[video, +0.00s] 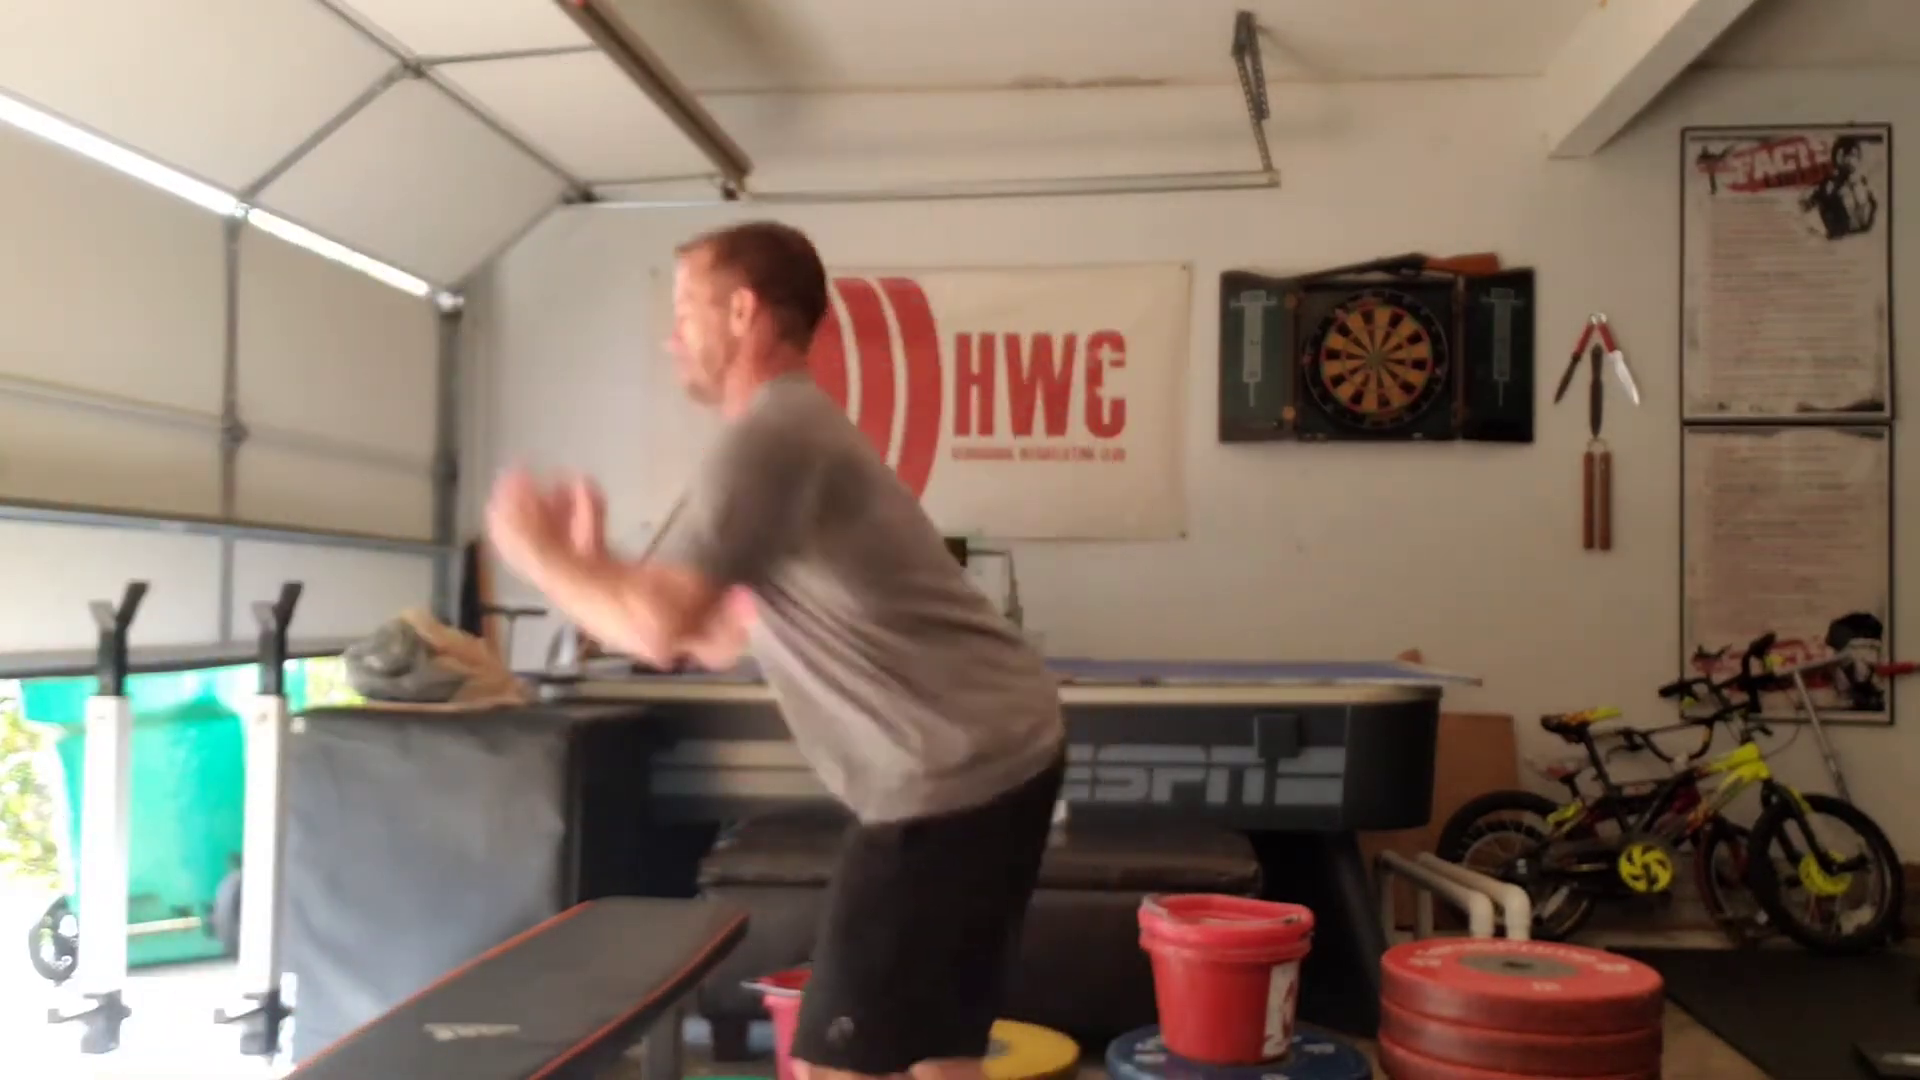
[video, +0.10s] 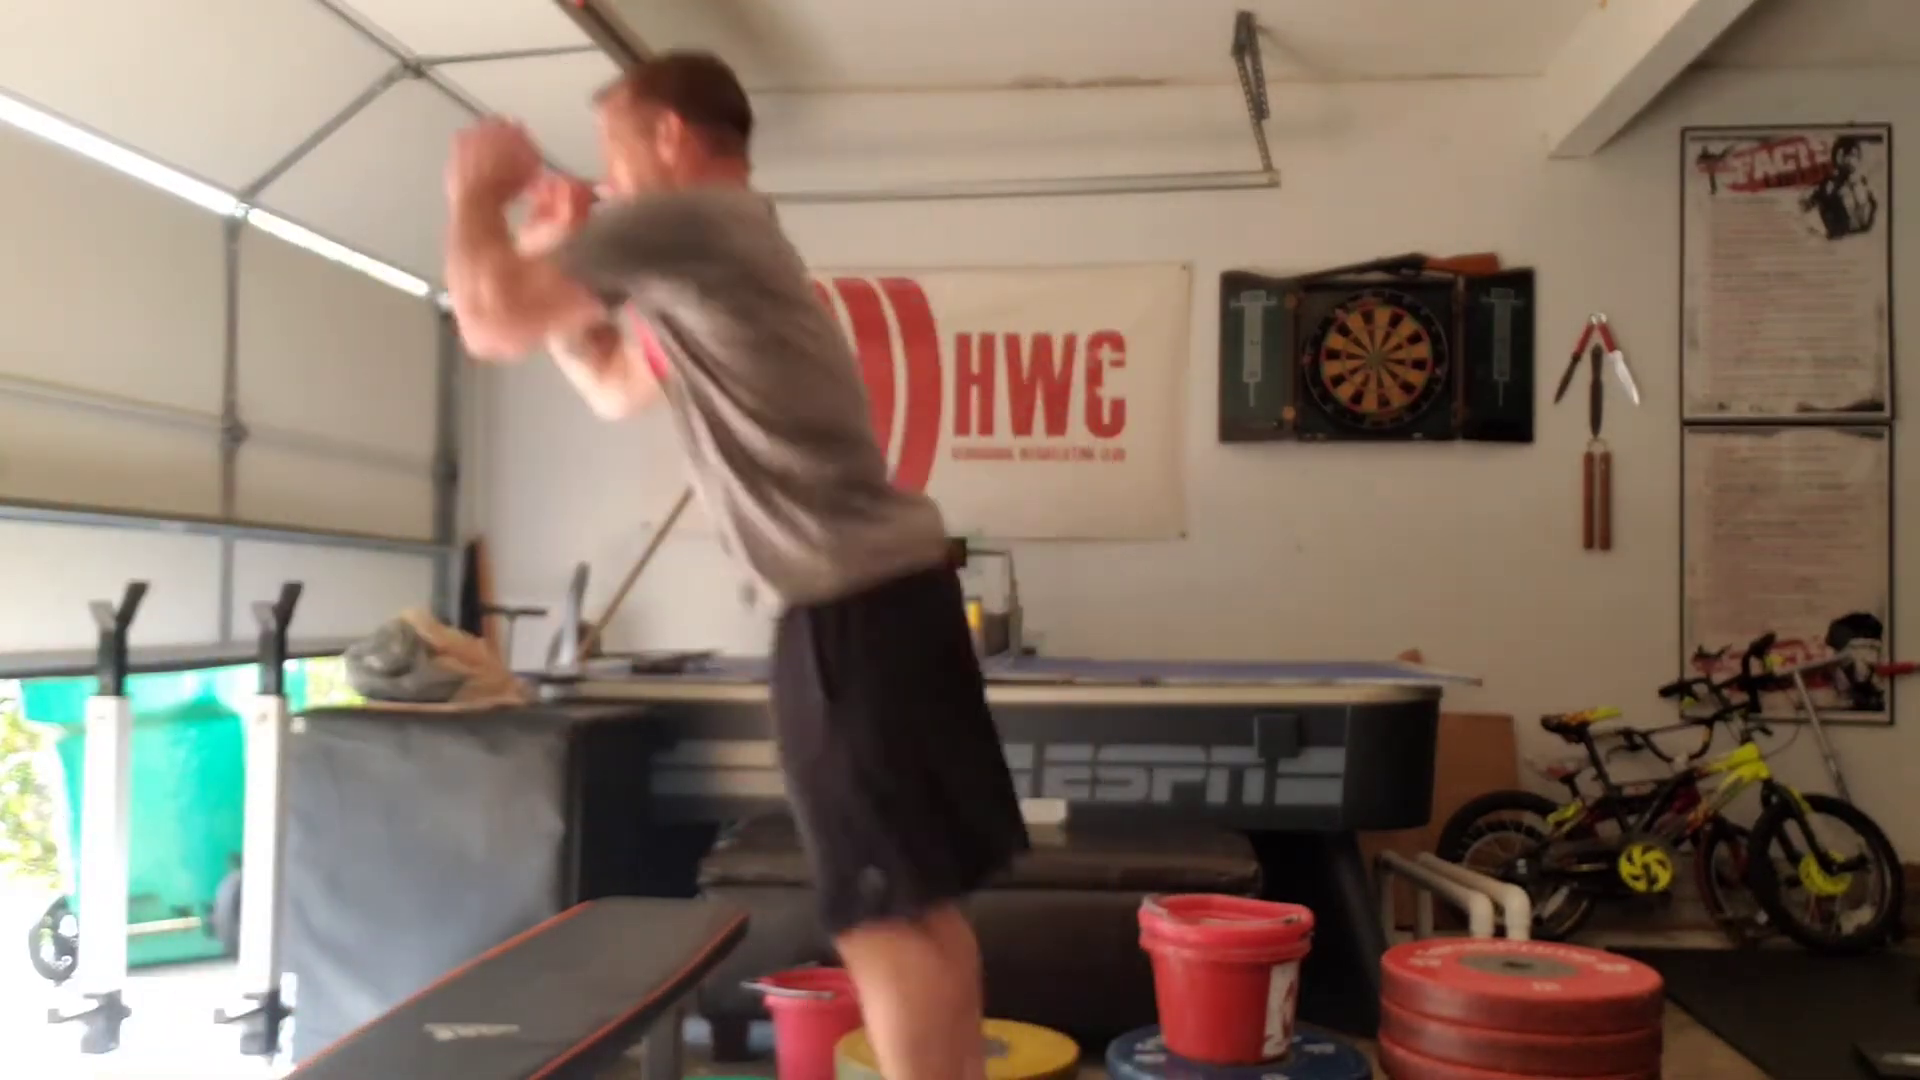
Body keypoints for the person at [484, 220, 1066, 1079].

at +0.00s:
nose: (671, 334)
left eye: (686, 309)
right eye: (674, 311)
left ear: (745, 316)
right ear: (749, 321)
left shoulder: (773, 430)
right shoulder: (793, 427)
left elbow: (656, 622)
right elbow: (710, 638)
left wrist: (536, 552)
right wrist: (598, 564)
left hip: (946, 769)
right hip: (987, 750)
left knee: (840, 1056)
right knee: (942, 1049)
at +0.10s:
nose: (601, 179)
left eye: (611, 153)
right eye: (603, 157)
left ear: (669, 138)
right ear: (694, 145)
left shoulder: (702, 221)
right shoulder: (718, 243)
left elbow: (492, 320)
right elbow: (618, 383)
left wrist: (474, 194)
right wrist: (560, 251)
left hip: (850, 606)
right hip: (869, 598)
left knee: (877, 914)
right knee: (916, 904)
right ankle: (953, 1075)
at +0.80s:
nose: (194, 296)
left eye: (205, 267)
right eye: (197, 269)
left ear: (255, 268)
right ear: (331, 282)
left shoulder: (230, 428)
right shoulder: (400, 436)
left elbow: (171, 653)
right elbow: (425, 617)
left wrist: (55, 734)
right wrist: (230, 689)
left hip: (275, 795)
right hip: (399, 781)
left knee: (101, 1044)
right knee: (271, 1045)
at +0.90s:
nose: (181, 241)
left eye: (193, 215)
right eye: (185, 216)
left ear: (241, 223)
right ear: (313, 235)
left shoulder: (207, 374)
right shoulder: (376, 388)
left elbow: (123, 583)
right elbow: (345, 578)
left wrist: (18, 601)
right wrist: (151, 603)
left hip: (238, 744)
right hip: (369, 731)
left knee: (103, 1026)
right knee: (282, 1025)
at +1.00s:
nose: (166, 171)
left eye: (176, 145)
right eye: (170, 147)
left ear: (223, 152)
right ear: (295, 168)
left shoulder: (187, 298)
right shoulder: (365, 321)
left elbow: (112, 501)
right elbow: (381, 510)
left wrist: (13, 510)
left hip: (211, 679)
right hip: (341, 666)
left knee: (132, 988)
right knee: (277, 968)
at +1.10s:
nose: (144, 149)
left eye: (151, 121)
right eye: (147, 124)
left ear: (196, 123)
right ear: (275, 138)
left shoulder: (168, 256)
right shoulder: (354, 300)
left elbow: (91, 460)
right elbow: (371, 487)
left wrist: (7, 479)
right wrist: (242, 473)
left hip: (190, 660)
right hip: (319, 647)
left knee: (185, 979)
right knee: (273, 958)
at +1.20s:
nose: (120, 173)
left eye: (128, 145)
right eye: (121, 148)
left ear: (182, 146)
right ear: (253, 160)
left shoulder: (148, 288)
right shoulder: (335, 328)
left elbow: (58, 490)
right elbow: (356, 523)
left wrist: (12, 479)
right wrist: (227, 498)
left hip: (179, 693)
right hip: (307, 676)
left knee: (198, 1002)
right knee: (279, 985)